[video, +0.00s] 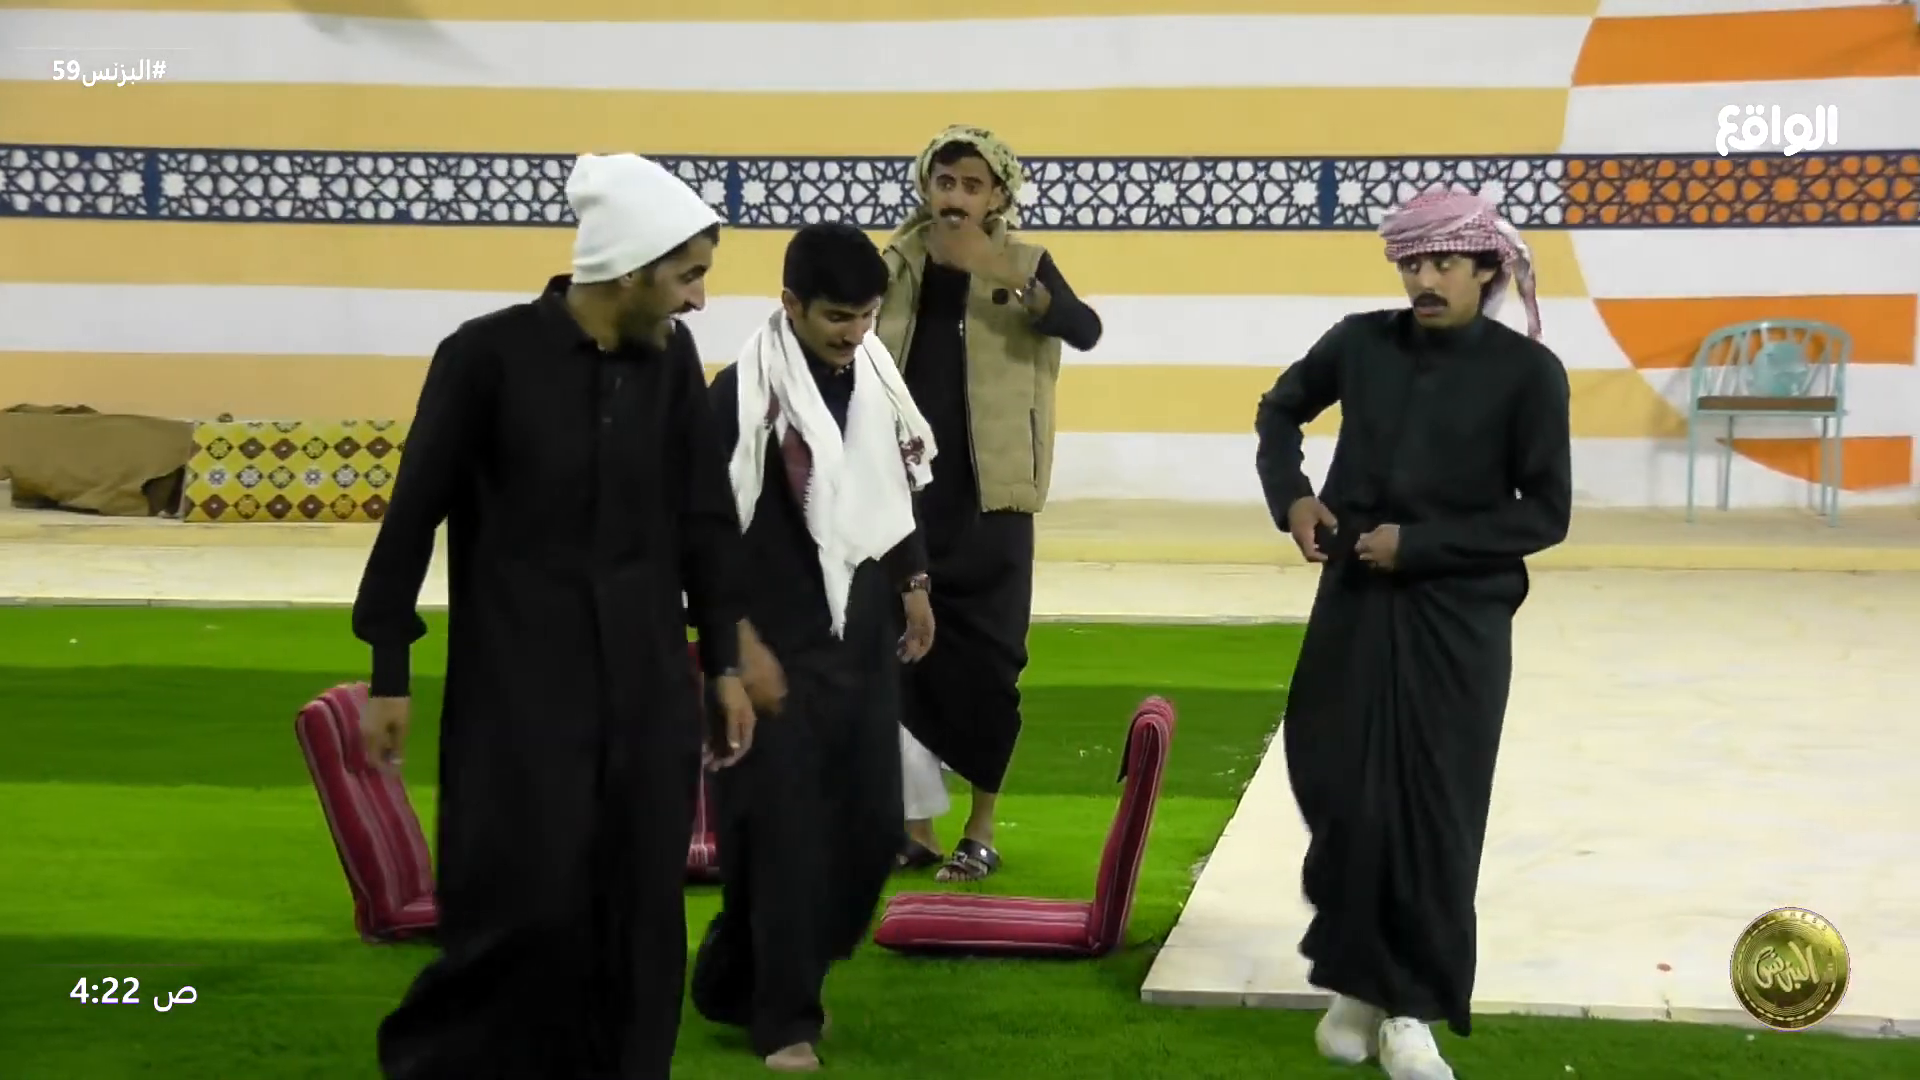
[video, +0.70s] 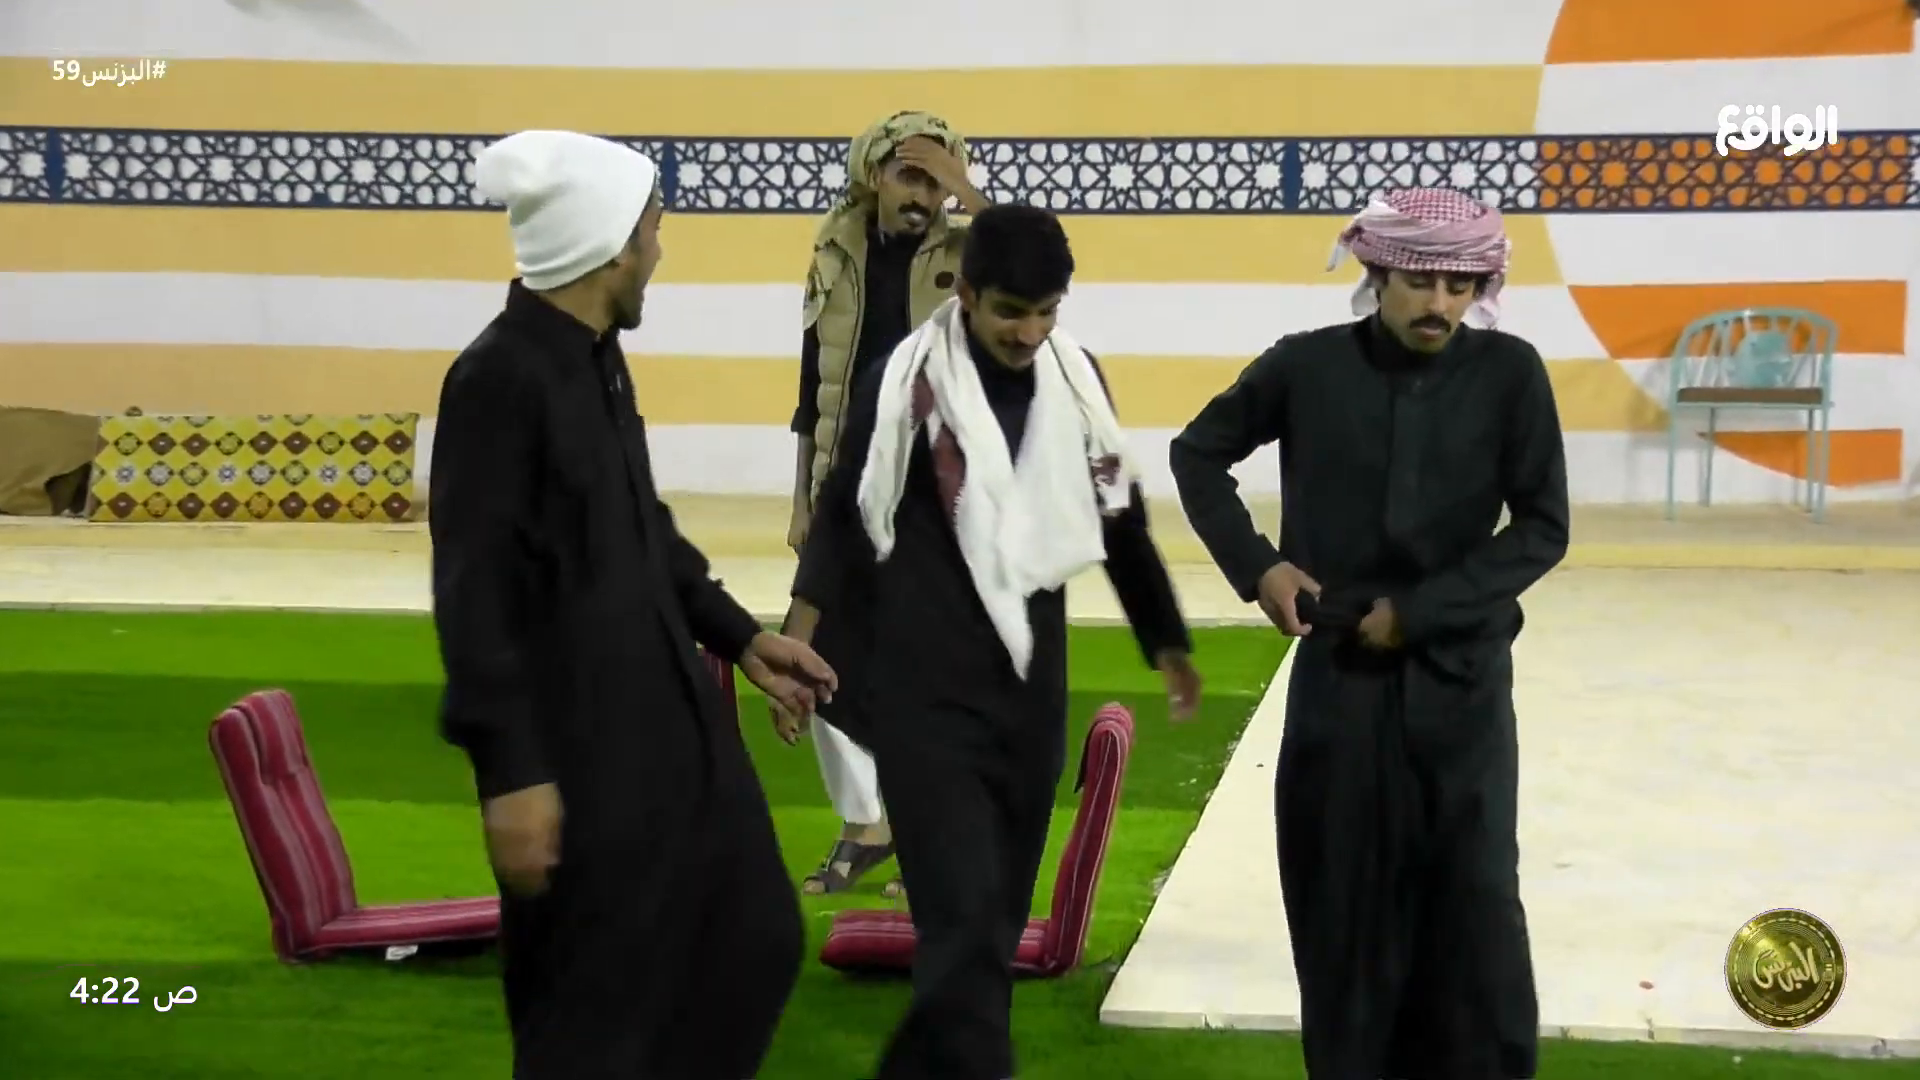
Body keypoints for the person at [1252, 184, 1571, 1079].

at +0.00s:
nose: (1430, 279)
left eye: (1450, 263)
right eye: (1418, 262)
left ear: (1488, 273)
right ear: (1400, 270)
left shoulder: (1530, 374)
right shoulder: (1358, 342)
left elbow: (1545, 515)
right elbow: (1279, 411)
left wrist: (1415, 542)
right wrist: (1293, 497)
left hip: (1460, 623)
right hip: (1355, 611)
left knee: (1440, 810)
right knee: (1346, 797)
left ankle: (1410, 1016)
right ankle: (1355, 985)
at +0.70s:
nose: (1439, 304)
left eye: (1459, 285)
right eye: (1419, 282)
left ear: (1478, 288)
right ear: (1377, 277)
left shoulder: (1509, 372)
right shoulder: (1304, 366)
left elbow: (1546, 528)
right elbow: (1195, 451)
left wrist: (1419, 609)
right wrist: (1257, 566)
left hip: (1463, 690)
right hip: (1337, 687)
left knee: (1472, 919)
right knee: (1342, 922)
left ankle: (1479, 1069)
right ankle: (1350, 1069)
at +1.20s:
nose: (1524, 325)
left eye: (1548, 300)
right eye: (1501, 298)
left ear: (1578, 297)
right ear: (1462, 288)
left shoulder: (1622, 400)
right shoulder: (1381, 386)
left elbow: (1668, 584)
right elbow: (1279, 499)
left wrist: (1502, 653)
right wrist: (1346, 611)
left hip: (1554, 741)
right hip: (1419, 734)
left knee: (1539, 993)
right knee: (1431, 989)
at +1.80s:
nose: (1574, 322)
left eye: (1602, 296)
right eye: (1548, 292)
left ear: (1634, 311)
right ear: (1500, 298)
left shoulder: (1690, 434)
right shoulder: (1400, 423)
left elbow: (1732, 647)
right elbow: (1277, 552)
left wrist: (1546, 735)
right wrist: (1373, 690)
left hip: (1623, 862)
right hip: (1450, 858)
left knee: (1645, 1066)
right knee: (1448, 1067)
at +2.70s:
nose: (1504, 441)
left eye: (1529, 406)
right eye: (1471, 411)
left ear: (1566, 402)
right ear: (1423, 410)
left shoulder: (1650, 518)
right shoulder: (1335, 524)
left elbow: (1725, 744)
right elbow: (1197, 655)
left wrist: (1522, 856)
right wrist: (1296, 805)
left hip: (1576, 959)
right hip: (1386, 951)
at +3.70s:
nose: (1492, 492)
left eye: (1521, 454)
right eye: (1456, 460)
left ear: (1563, 454)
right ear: (1404, 467)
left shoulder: (1653, 586)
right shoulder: (1315, 594)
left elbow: (1718, 837)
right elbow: (1171, 717)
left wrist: (1479, 912)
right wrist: (1258, 893)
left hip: (1562, 1046)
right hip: (1356, 1043)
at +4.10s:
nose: (1491, 571)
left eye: (1514, 522)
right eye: (1446, 539)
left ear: (1570, 508)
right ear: (1400, 543)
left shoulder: (1692, 630)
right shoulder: (1324, 669)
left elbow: (1765, 903)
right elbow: (1179, 812)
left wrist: (1531, 1036)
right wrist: (1319, 998)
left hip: (1634, 1056)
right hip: (1393, 1057)